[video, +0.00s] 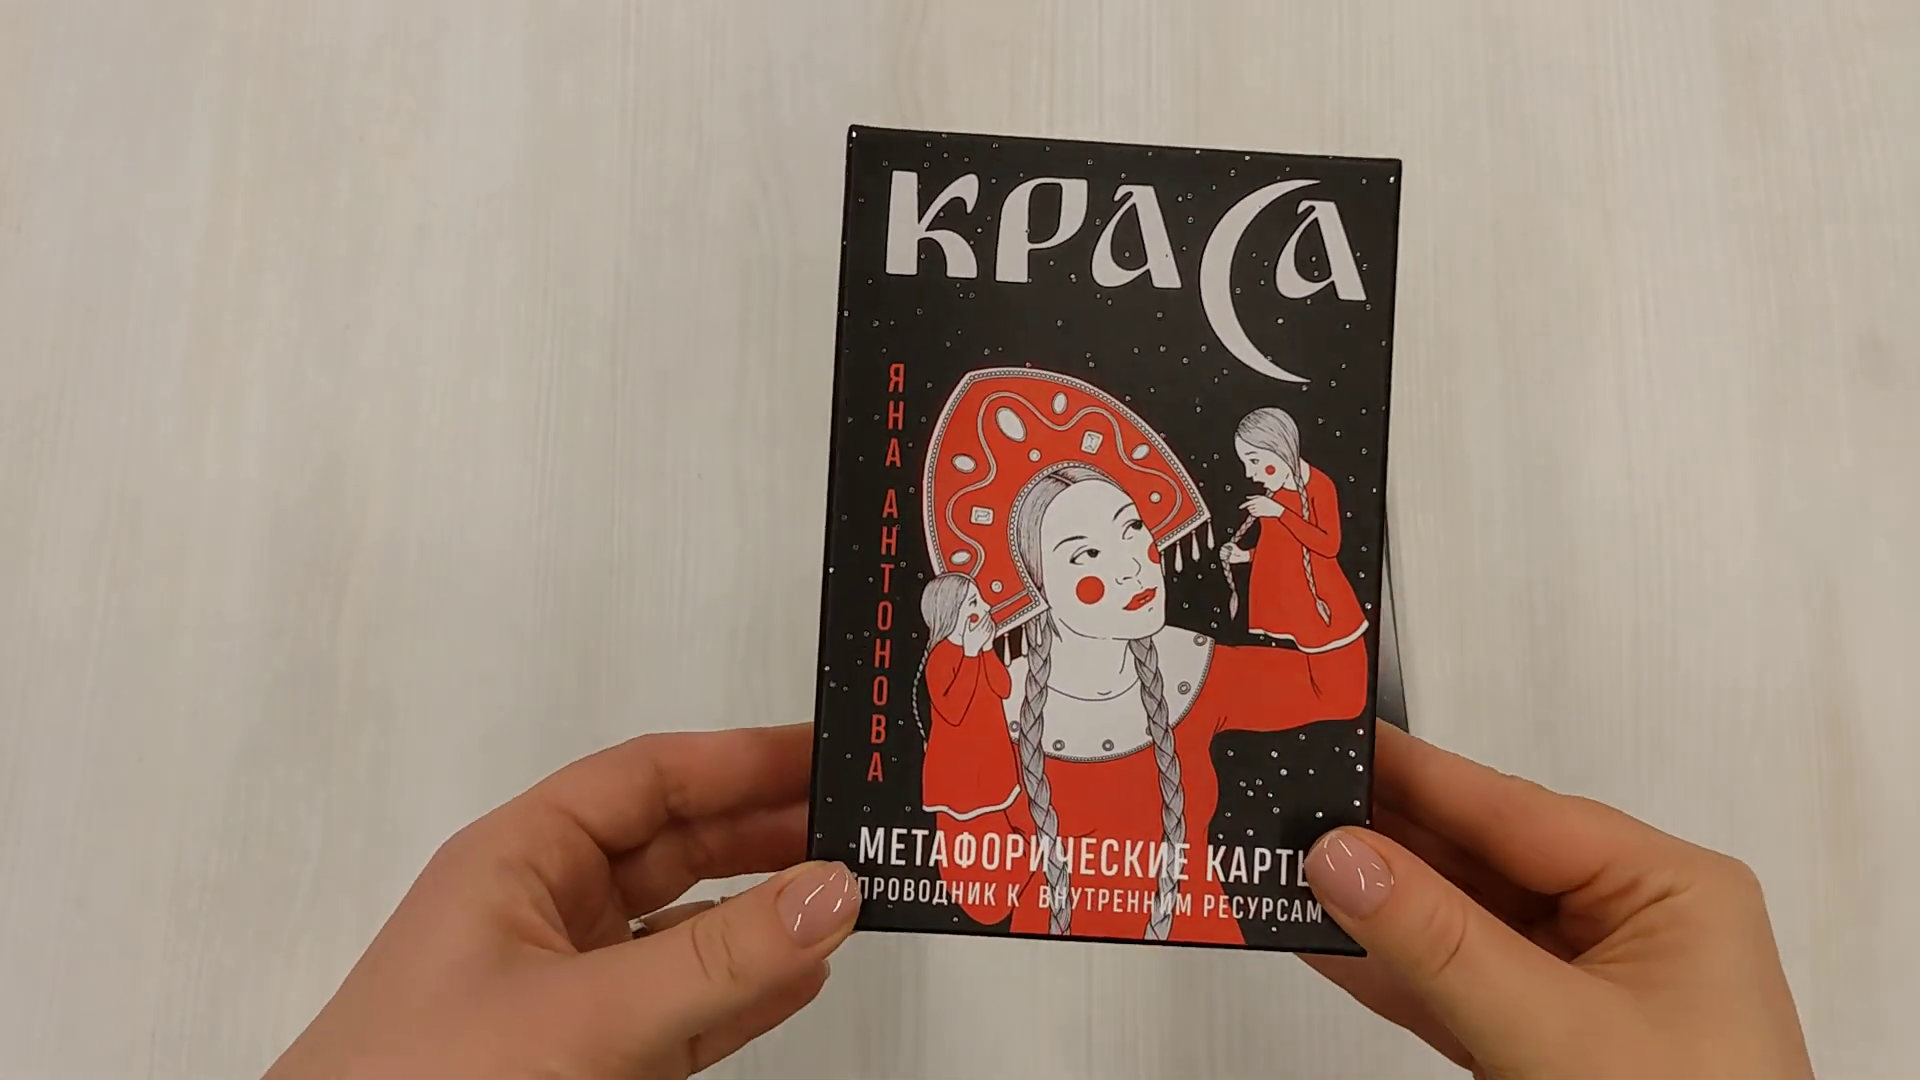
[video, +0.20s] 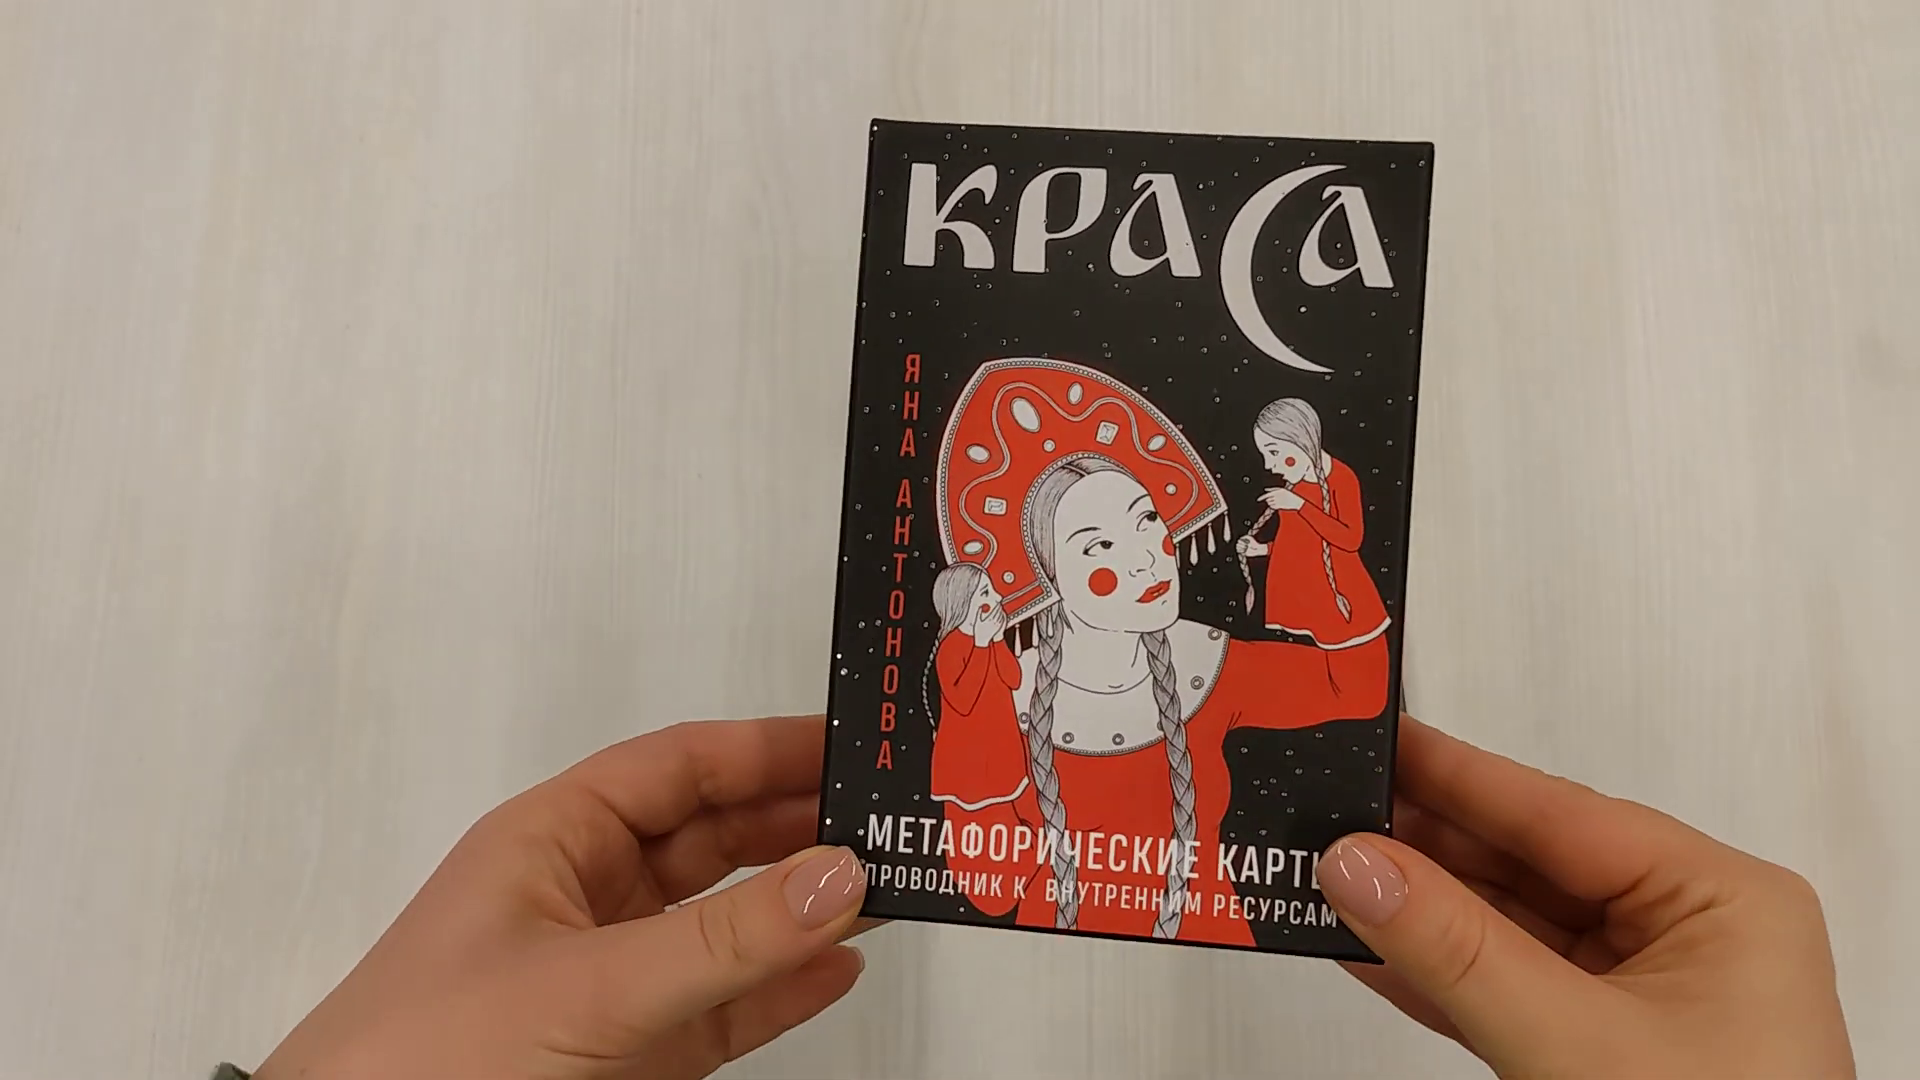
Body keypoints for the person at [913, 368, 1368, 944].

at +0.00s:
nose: (1133, 565)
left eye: (1130, 528)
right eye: (1082, 555)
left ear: (1152, 537)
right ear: (1041, 587)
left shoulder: (1190, 670)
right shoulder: (998, 699)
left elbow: (1337, 683)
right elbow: (986, 898)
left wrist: (1296, 531)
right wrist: (964, 678)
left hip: (1193, 959)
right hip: (1048, 968)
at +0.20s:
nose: (1147, 558)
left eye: (1145, 521)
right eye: (1096, 548)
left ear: (1166, 528)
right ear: (1053, 581)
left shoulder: (1205, 666)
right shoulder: (1003, 687)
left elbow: (1358, 682)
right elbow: (993, 891)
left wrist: (1314, 522)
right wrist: (972, 677)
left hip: (1199, 948)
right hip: (1050, 954)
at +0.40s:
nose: (1147, 566)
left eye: (1145, 529)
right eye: (1097, 556)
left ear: (1166, 535)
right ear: (1056, 588)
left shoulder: (1208, 675)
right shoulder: (1008, 696)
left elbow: (1361, 691)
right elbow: (996, 899)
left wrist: (1318, 536)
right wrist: (975, 689)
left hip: (1203, 964)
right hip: (1052, 971)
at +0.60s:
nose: (1143, 583)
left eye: (1144, 549)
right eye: (1097, 572)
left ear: (1164, 555)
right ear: (1054, 600)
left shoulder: (1195, 689)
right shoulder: (1006, 704)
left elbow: (1344, 711)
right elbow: (974, 902)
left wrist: (1310, 559)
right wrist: (971, 712)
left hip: (1177, 968)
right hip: (1032, 962)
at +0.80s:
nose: (1131, 561)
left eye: (1139, 529)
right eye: (1090, 547)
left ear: (1157, 535)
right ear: (1046, 571)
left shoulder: (1163, 664)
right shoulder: (979, 656)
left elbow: (1314, 699)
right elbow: (909, 837)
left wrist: (1301, 559)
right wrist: (952, 630)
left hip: (1104, 923)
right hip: (969, 902)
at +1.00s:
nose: (1133, 581)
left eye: (1149, 555)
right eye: (1096, 558)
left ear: (1164, 569)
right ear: (1048, 572)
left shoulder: (1133, 688)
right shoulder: (962, 639)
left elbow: (1263, 751)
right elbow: (850, 801)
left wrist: (1293, 616)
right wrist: (935, 628)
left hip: (1000, 934)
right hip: (882, 884)